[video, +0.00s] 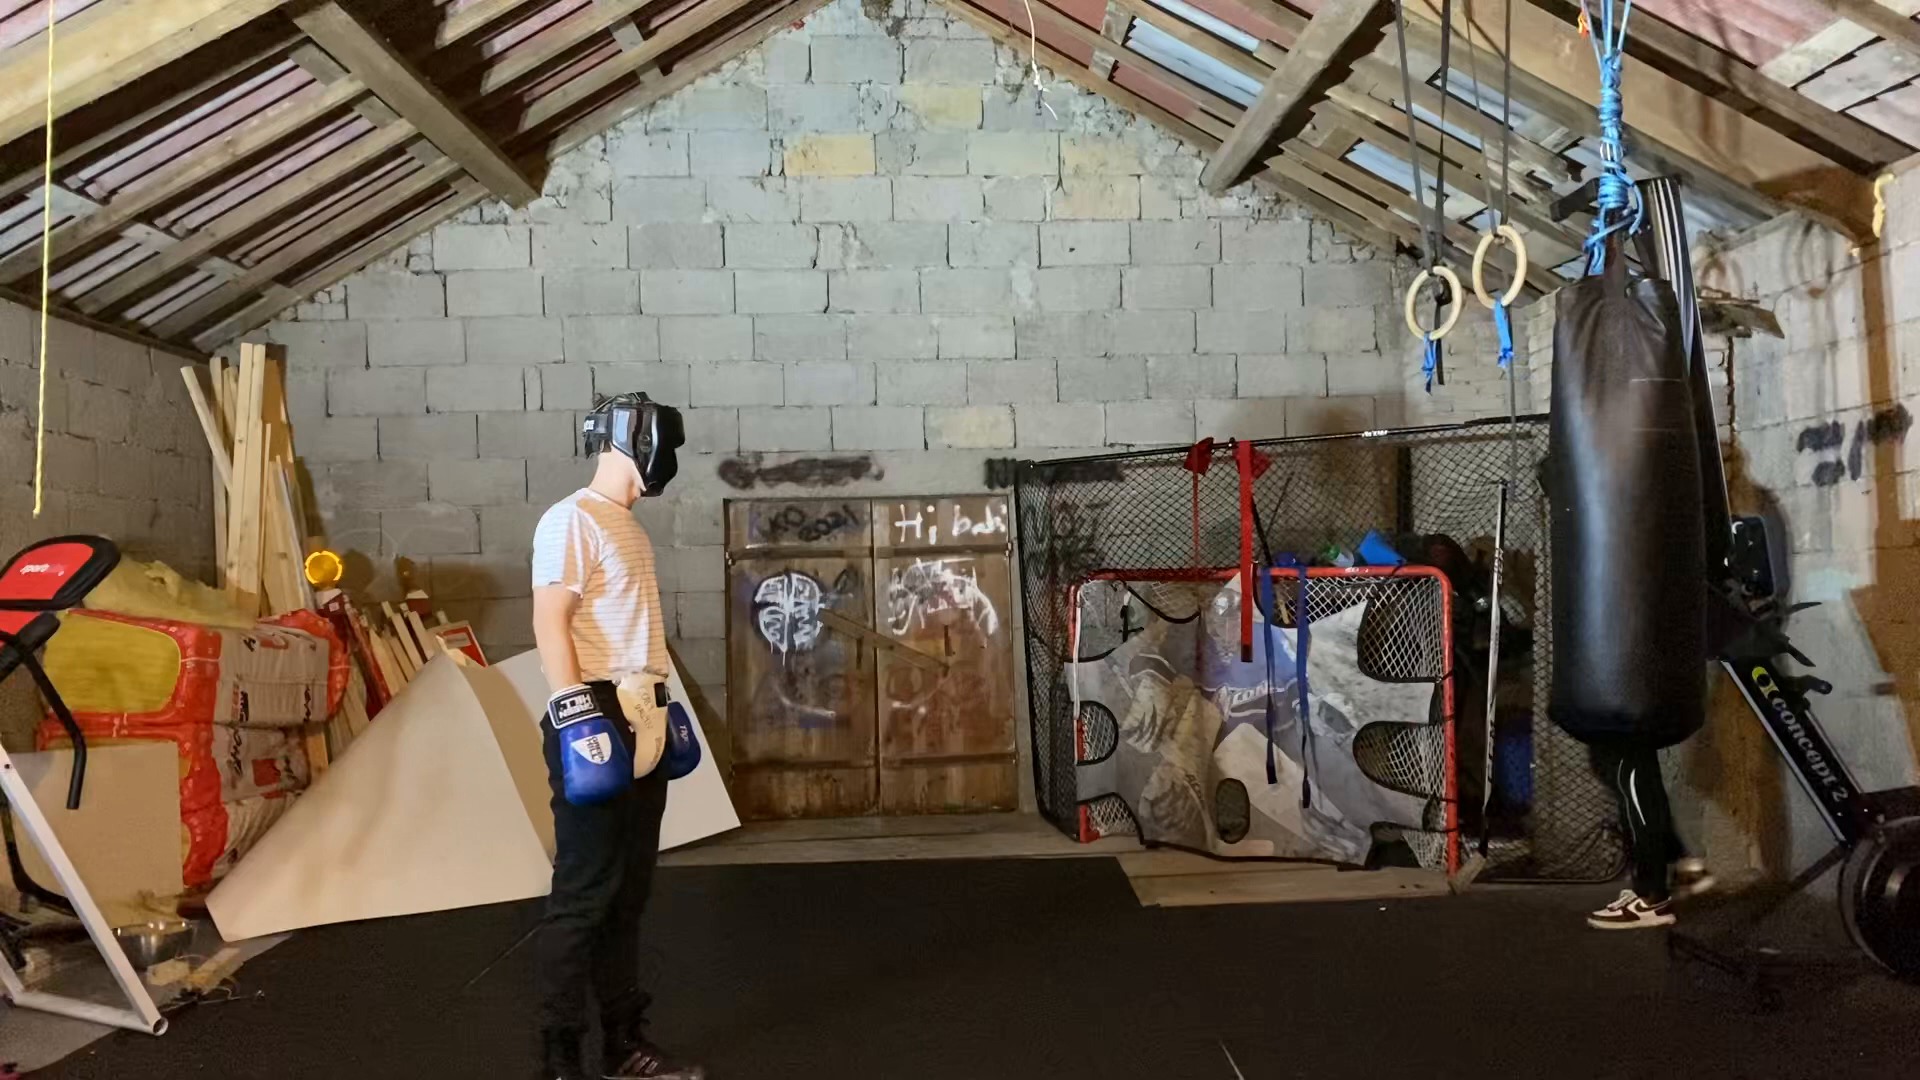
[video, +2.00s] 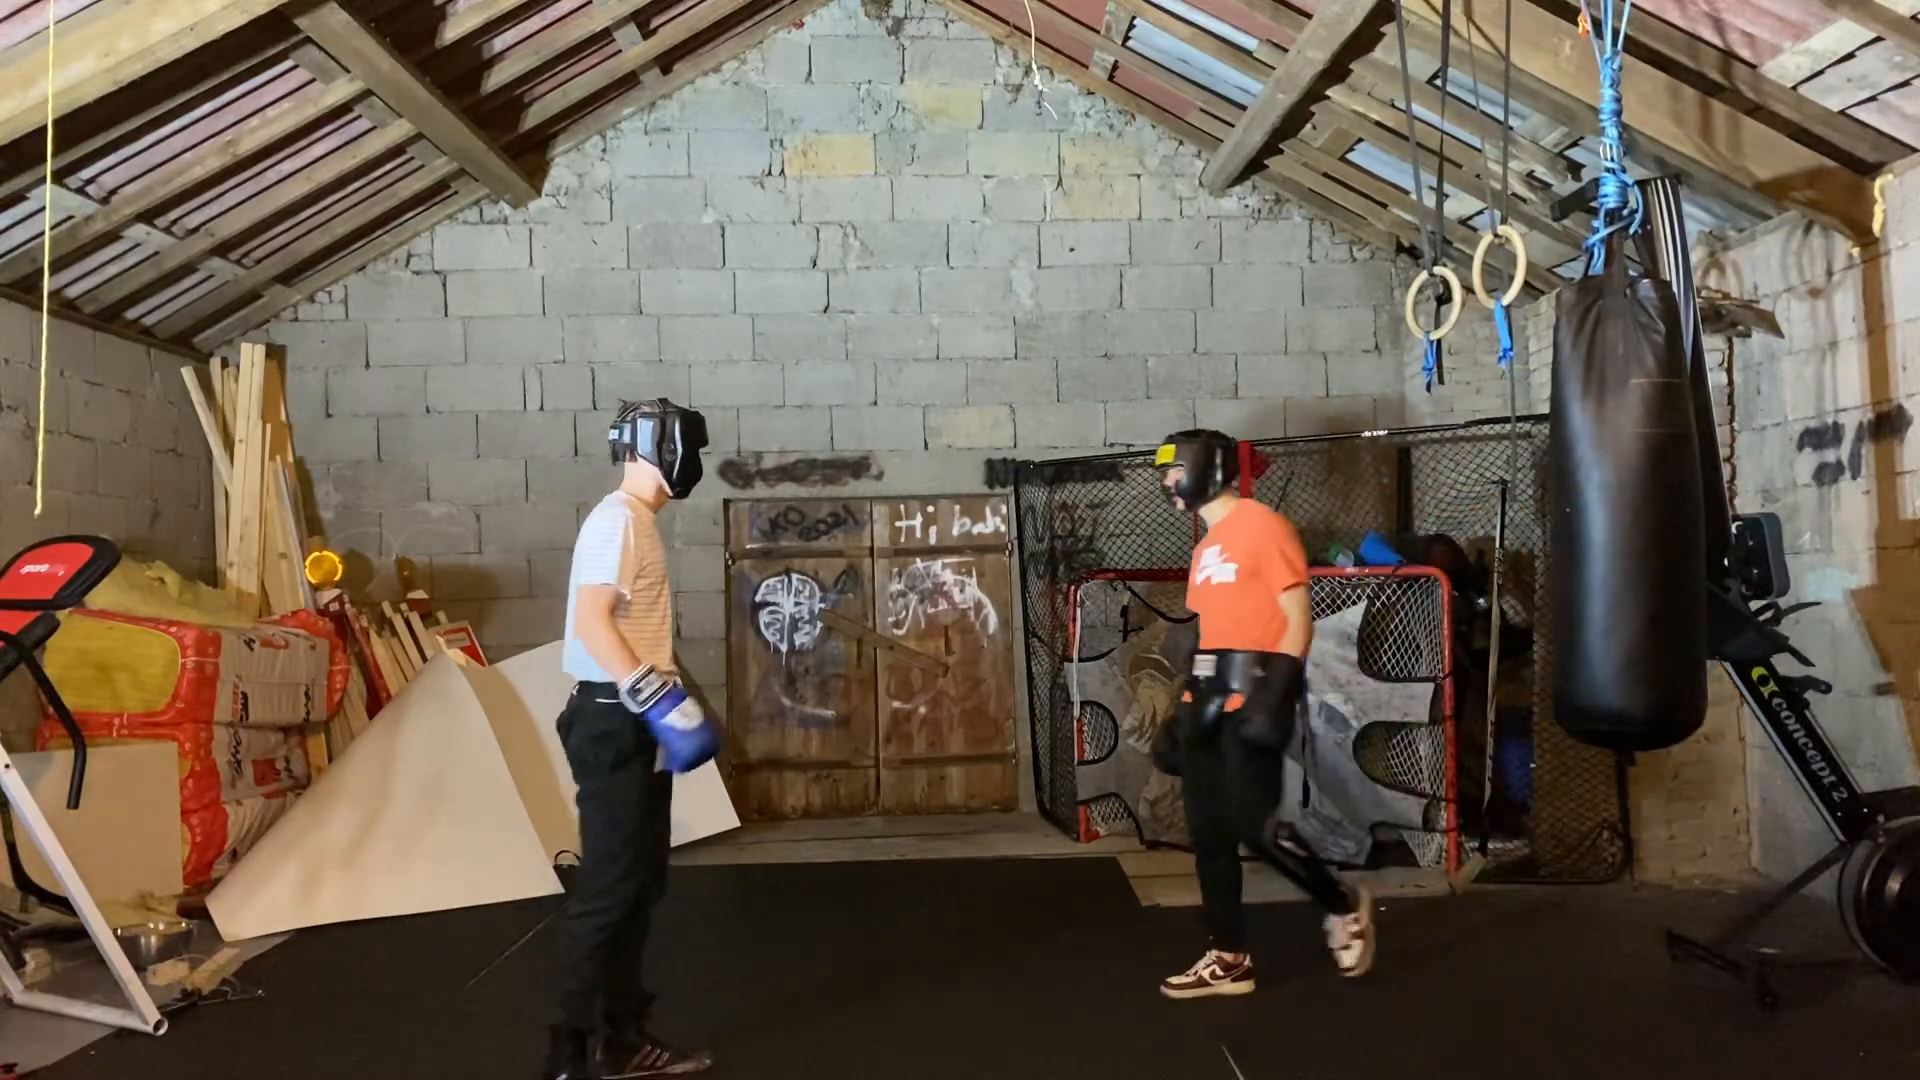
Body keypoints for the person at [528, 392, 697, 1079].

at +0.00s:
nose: (664, 467)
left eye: (666, 453)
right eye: (657, 451)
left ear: (631, 448)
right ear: (624, 444)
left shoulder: (631, 531)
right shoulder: (567, 520)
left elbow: (641, 627)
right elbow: (550, 621)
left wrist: (667, 704)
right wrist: (578, 715)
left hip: (643, 716)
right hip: (592, 718)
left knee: (627, 892)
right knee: (582, 894)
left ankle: (621, 1048)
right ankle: (561, 1060)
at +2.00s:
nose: (694, 466)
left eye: (693, 452)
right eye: (686, 452)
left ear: (643, 450)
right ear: (654, 450)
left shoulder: (637, 522)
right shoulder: (616, 520)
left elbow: (628, 622)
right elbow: (592, 617)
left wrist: (672, 702)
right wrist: (660, 698)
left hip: (635, 714)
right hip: (609, 715)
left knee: (640, 879)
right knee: (611, 883)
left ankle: (623, 1042)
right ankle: (571, 1055)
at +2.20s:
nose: (700, 468)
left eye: (699, 454)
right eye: (694, 453)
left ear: (646, 448)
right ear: (666, 449)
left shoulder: (643, 520)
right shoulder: (630, 519)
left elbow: (655, 627)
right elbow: (631, 618)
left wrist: (731, 633)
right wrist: (724, 624)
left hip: (632, 708)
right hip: (631, 713)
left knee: (630, 872)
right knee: (668, 871)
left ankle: (625, 1038)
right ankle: (607, 1048)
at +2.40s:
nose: (716, 477)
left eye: (716, 463)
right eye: (712, 462)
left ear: (662, 452)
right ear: (691, 455)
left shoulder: (638, 518)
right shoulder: (657, 519)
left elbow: (677, 610)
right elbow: (677, 609)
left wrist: (754, 592)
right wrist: (765, 582)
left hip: (628, 708)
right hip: (658, 711)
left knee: (641, 874)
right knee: (713, 868)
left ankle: (624, 1043)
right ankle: (710, 1045)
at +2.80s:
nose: (802, 488)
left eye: (803, 474)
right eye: (800, 473)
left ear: (747, 461)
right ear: (780, 467)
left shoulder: (715, 524)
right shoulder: (740, 528)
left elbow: (765, 602)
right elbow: (733, 624)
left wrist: (838, 578)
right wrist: (811, 609)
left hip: (701, 712)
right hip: (740, 715)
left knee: (688, 874)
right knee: (774, 867)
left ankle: (631, 1028)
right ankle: (793, 1017)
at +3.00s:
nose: (854, 499)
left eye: (855, 486)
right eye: (852, 486)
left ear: (801, 475)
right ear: (832, 485)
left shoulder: (774, 529)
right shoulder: (782, 543)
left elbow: (786, 612)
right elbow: (745, 633)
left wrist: (842, 594)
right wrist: (827, 644)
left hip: (761, 707)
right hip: (782, 713)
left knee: (784, 856)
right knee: (812, 860)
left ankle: (682, 978)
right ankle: (796, 1019)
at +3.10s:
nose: (868, 493)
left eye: (869, 480)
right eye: (866, 480)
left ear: (814, 469)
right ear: (847, 478)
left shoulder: (781, 523)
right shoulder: (804, 538)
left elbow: (804, 603)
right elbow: (775, 630)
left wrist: (857, 577)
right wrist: (855, 637)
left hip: (777, 699)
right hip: (800, 705)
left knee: (818, 844)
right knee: (827, 852)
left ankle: (735, 963)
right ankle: (795, 1019)